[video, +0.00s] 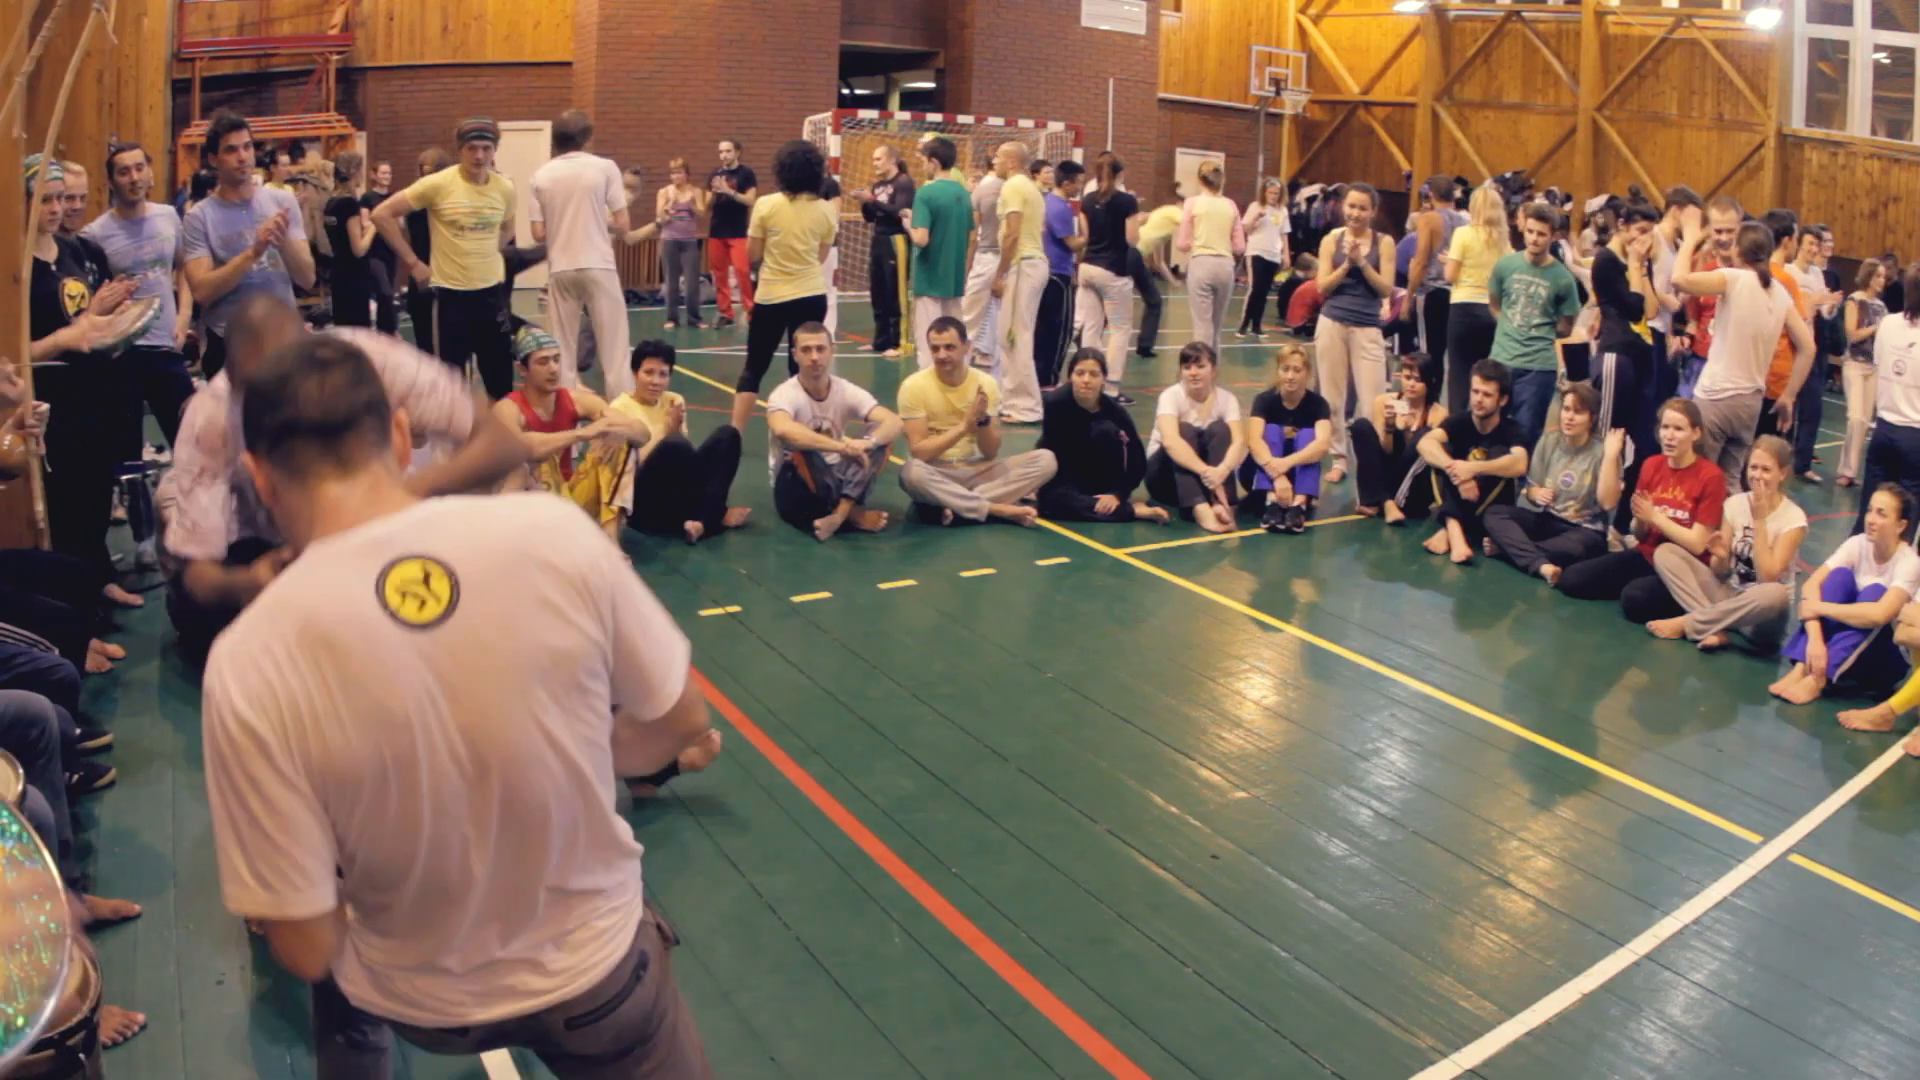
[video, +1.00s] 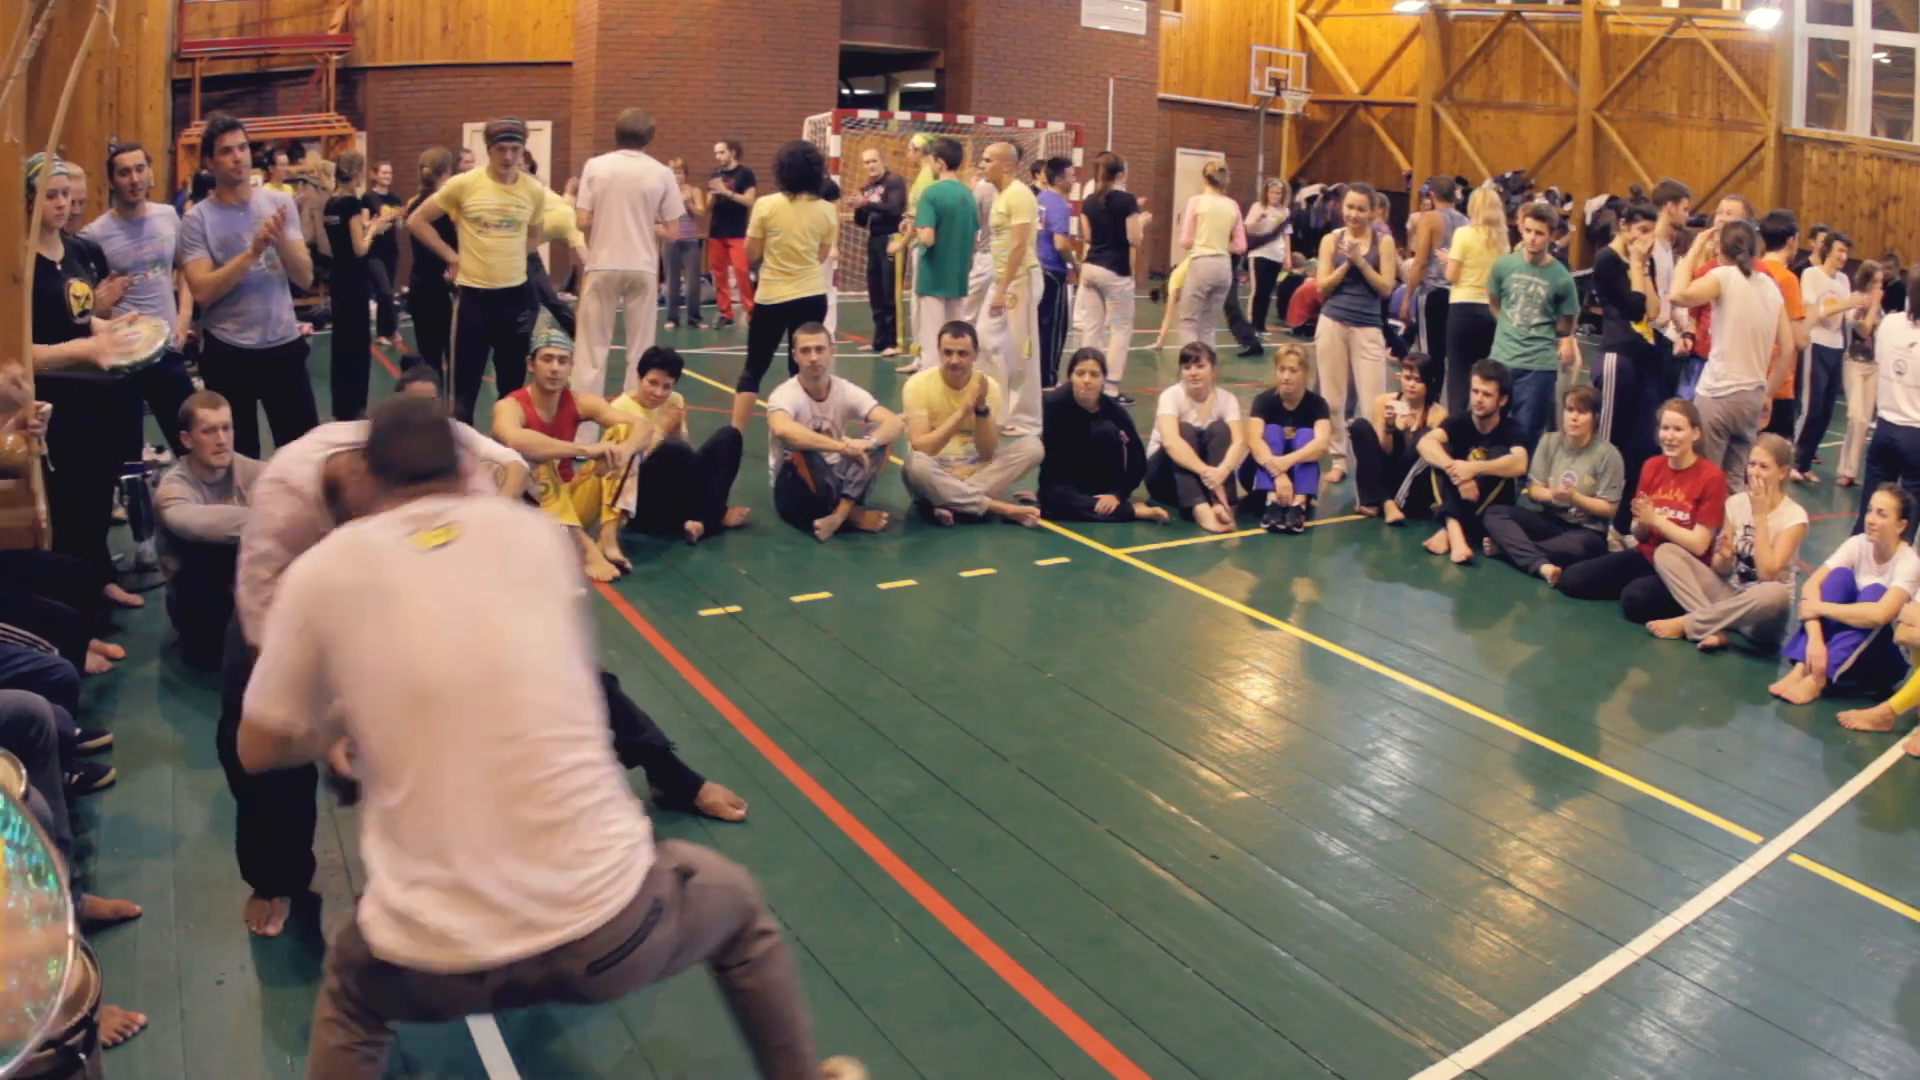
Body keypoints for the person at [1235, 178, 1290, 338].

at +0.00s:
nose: (1273, 196)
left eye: (1276, 193)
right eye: (1270, 192)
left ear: (1280, 194)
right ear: (1264, 192)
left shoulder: (1283, 211)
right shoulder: (1256, 207)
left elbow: (1284, 235)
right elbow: (1244, 226)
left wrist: (1286, 254)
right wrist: (1257, 217)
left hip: (1274, 253)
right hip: (1256, 250)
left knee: (1264, 291)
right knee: (1256, 288)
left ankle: (1256, 325)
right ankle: (1245, 324)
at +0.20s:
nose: (1273, 196)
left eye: (1276, 193)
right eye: (1270, 192)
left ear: (1280, 195)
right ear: (1264, 193)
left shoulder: (1282, 211)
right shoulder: (1256, 207)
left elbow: (1284, 235)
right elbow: (1245, 228)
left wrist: (1286, 255)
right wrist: (1256, 218)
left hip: (1274, 254)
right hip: (1256, 252)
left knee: (1264, 292)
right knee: (1257, 291)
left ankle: (1257, 325)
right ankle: (1253, 326)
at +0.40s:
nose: (1272, 196)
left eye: (1276, 193)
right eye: (1270, 192)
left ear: (1280, 195)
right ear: (1263, 192)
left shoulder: (1281, 211)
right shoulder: (1255, 207)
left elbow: (1283, 235)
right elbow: (1244, 228)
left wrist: (1285, 255)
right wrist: (1256, 218)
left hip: (1273, 254)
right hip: (1256, 252)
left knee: (1265, 293)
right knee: (1258, 291)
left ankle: (1258, 325)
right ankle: (1254, 326)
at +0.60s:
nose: (1273, 195)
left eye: (1276, 192)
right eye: (1270, 192)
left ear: (1280, 194)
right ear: (1263, 192)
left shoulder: (1281, 210)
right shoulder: (1255, 207)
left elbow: (1282, 236)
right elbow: (1245, 228)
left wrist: (1285, 256)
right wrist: (1257, 218)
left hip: (1274, 254)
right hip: (1256, 252)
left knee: (1269, 292)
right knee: (1258, 291)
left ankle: (1261, 325)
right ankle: (1254, 327)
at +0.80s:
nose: (1274, 196)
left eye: (1277, 193)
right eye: (1271, 192)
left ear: (1281, 195)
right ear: (1265, 193)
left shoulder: (1283, 212)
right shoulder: (1256, 208)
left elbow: (1284, 237)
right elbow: (1245, 228)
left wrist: (1285, 256)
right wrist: (1258, 219)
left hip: (1275, 255)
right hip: (1258, 253)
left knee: (1267, 293)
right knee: (1262, 291)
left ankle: (1262, 326)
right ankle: (1255, 327)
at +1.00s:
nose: (1275, 196)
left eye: (1279, 193)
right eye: (1273, 192)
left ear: (1283, 195)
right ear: (1266, 193)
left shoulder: (1285, 211)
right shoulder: (1258, 207)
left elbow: (1287, 236)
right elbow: (1247, 226)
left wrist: (1288, 257)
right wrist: (1258, 219)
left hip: (1277, 254)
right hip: (1259, 252)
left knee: (1267, 292)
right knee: (1258, 291)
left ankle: (1261, 325)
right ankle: (1255, 325)